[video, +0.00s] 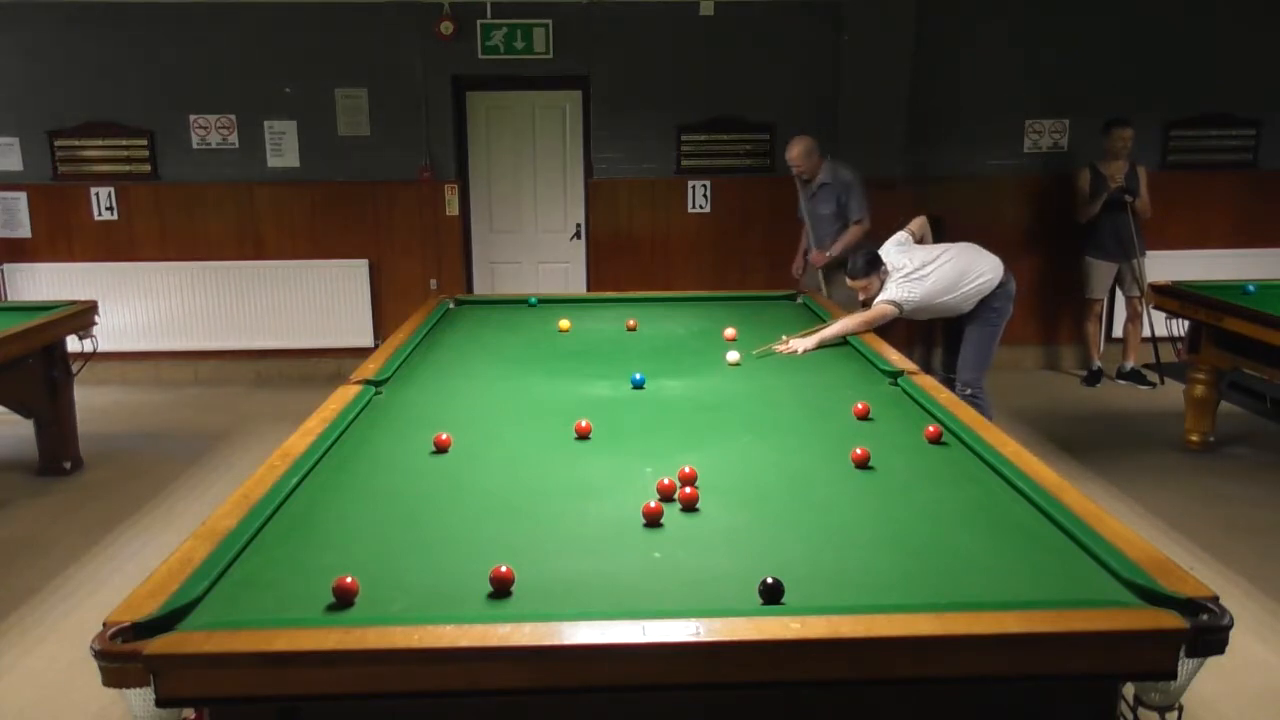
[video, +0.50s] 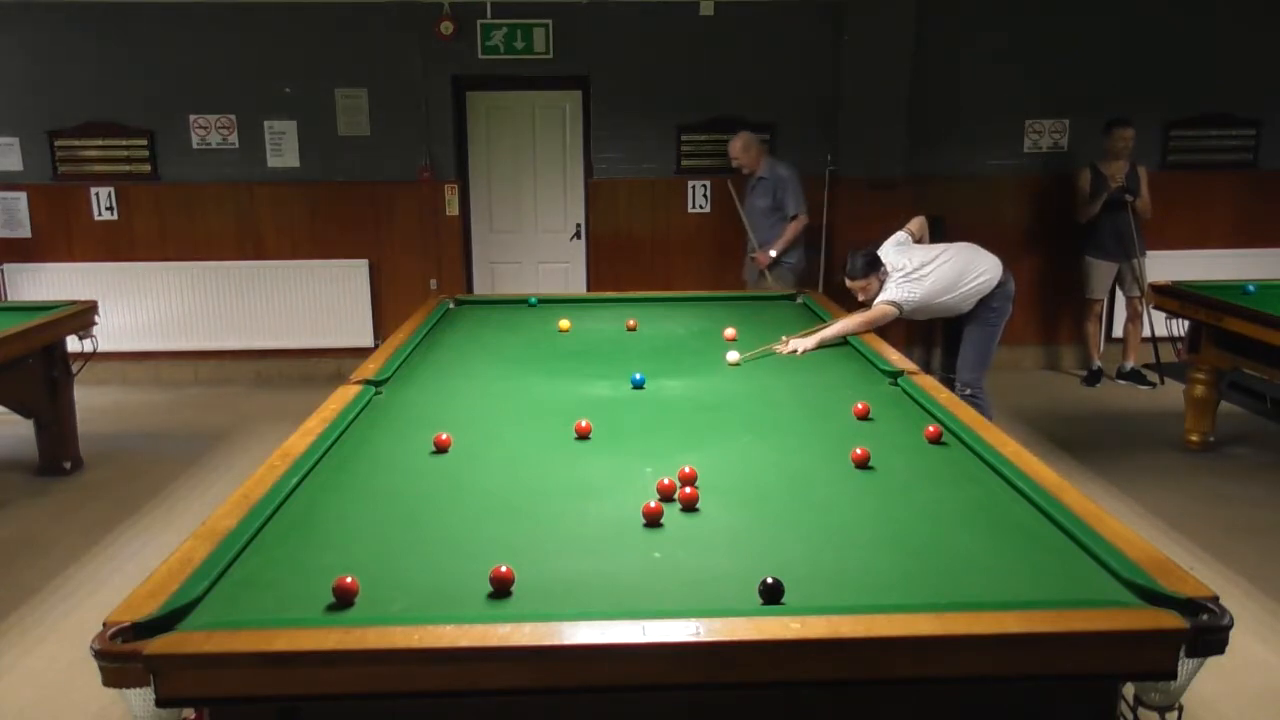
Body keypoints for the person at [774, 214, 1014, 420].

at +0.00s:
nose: (861, 297)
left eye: (866, 289)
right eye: (856, 290)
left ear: (882, 275)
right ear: (849, 280)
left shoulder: (897, 293)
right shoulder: (890, 248)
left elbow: (865, 320)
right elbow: (921, 221)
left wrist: (812, 339)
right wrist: (928, 257)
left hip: (993, 285)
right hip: (972, 268)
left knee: (968, 383)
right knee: (955, 374)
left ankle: (982, 450)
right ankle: (962, 444)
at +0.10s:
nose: (860, 296)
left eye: (865, 288)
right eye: (855, 289)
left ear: (882, 275)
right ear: (849, 279)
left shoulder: (897, 293)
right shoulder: (889, 248)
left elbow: (863, 320)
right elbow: (920, 221)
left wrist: (812, 339)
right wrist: (929, 256)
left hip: (993, 285)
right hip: (972, 266)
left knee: (968, 382)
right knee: (954, 374)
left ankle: (982, 450)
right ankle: (962, 444)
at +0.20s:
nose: (861, 296)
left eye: (865, 288)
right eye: (855, 290)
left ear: (881, 275)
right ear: (847, 281)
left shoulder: (897, 293)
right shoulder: (889, 248)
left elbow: (865, 320)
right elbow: (920, 220)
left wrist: (812, 339)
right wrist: (928, 256)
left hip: (993, 285)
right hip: (972, 267)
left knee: (968, 383)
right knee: (954, 374)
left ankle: (982, 450)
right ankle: (961, 444)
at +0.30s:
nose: (860, 297)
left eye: (865, 289)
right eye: (854, 290)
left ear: (881, 276)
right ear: (847, 280)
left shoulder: (897, 293)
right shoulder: (888, 248)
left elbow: (864, 320)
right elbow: (920, 220)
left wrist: (812, 340)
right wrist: (928, 255)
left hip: (993, 285)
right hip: (970, 268)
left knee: (968, 382)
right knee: (953, 373)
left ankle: (982, 449)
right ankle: (960, 443)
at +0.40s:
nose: (860, 297)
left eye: (864, 289)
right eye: (854, 291)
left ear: (881, 276)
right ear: (847, 280)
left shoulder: (897, 293)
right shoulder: (888, 249)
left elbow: (865, 321)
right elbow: (920, 220)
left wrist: (811, 340)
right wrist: (925, 255)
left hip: (993, 285)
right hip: (969, 270)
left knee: (968, 382)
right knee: (952, 372)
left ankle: (981, 448)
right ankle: (959, 441)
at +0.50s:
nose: (860, 297)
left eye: (864, 289)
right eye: (854, 291)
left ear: (881, 277)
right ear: (847, 280)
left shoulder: (897, 293)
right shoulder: (888, 249)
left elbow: (864, 321)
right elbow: (920, 221)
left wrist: (811, 340)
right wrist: (923, 257)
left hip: (993, 284)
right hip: (967, 271)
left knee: (968, 382)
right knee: (952, 373)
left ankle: (981, 449)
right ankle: (960, 442)